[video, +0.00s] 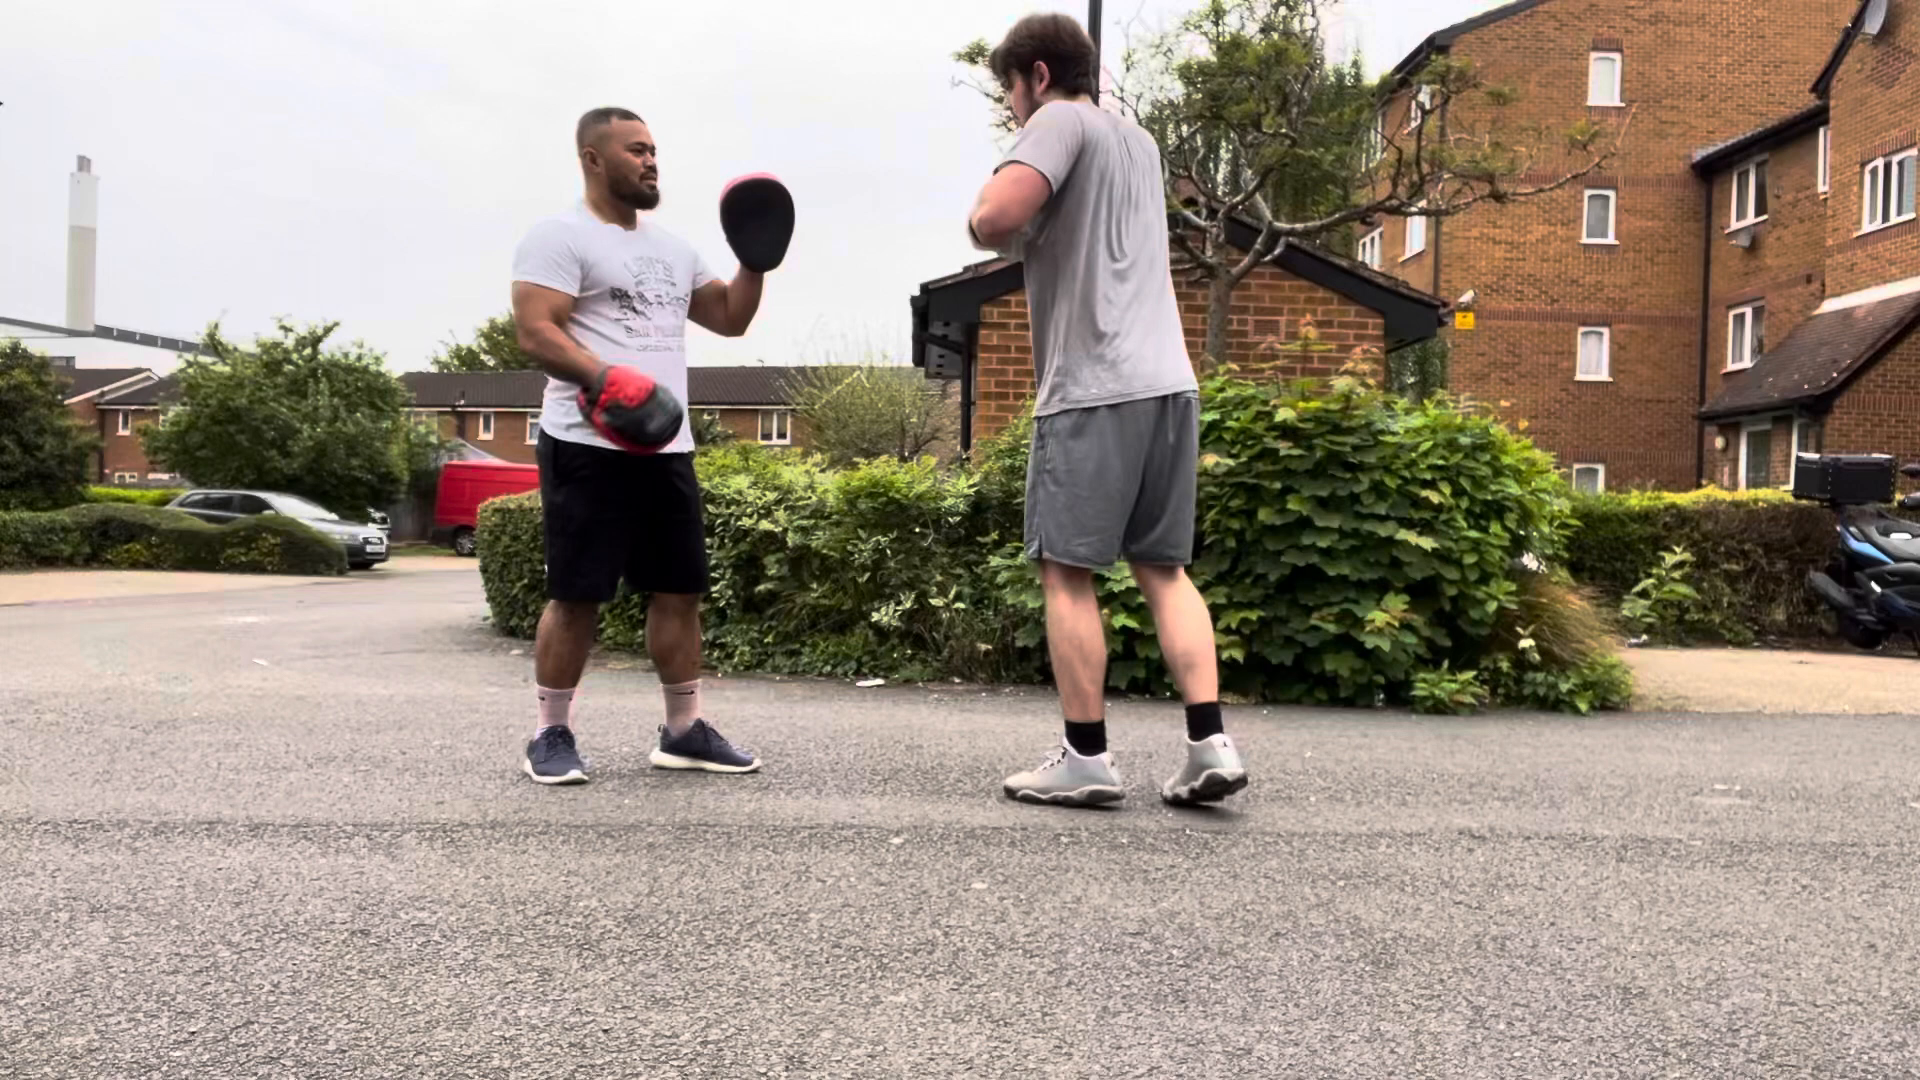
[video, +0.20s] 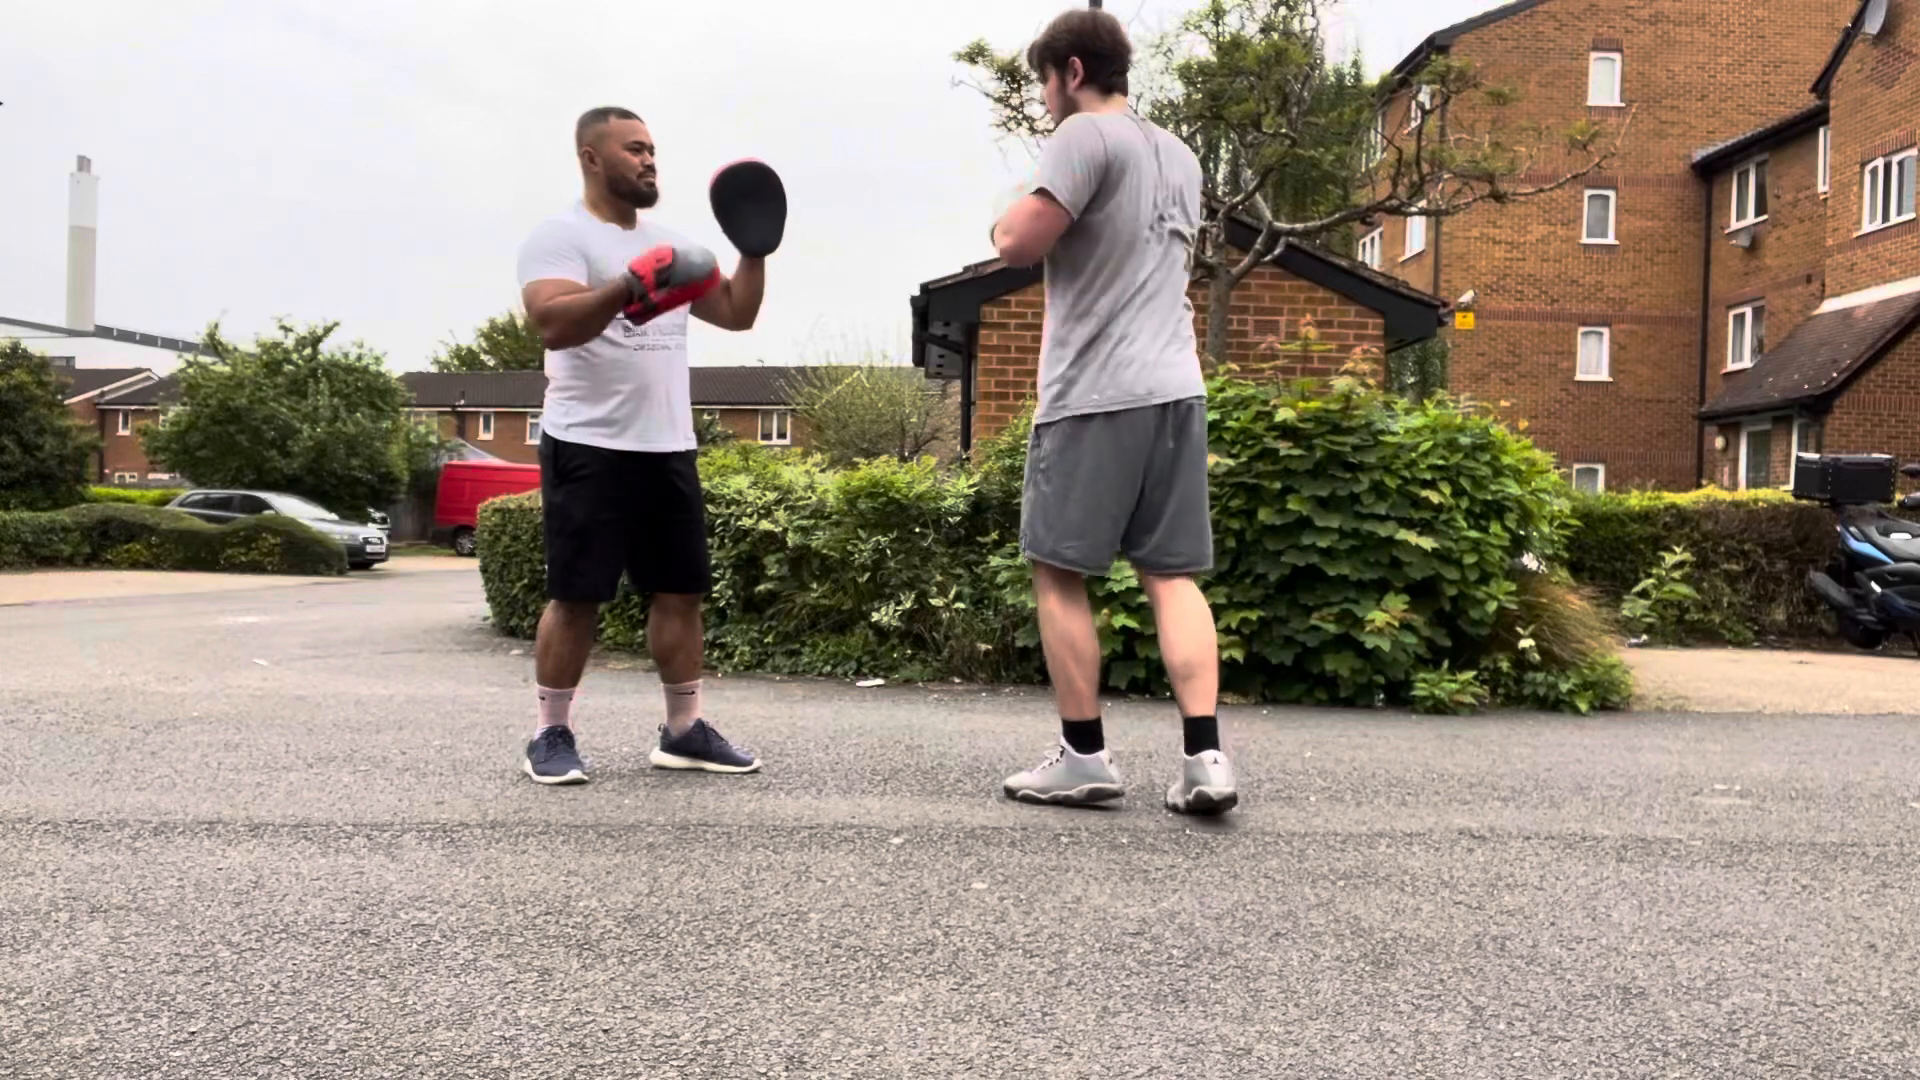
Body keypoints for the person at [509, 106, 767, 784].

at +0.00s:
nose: (653, 161)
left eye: (654, 152)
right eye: (638, 150)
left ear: (650, 164)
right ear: (593, 161)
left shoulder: (674, 250)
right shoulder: (558, 237)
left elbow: (730, 316)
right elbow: (536, 333)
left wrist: (755, 256)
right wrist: (610, 382)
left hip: (666, 451)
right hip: (584, 449)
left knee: (679, 587)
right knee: (575, 592)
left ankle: (683, 728)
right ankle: (554, 733)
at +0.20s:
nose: (651, 161)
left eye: (653, 152)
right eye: (636, 150)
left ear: (650, 164)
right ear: (591, 159)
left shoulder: (665, 247)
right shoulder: (558, 236)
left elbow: (737, 311)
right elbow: (551, 324)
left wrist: (753, 243)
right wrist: (630, 284)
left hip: (668, 445)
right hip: (587, 446)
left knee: (681, 587)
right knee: (575, 593)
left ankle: (683, 727)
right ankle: (554, 732)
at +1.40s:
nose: (695, 177)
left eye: (698, 165)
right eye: (682, 165)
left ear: (694, 176)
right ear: (648, 175)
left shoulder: (715, 260)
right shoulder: (609, 237)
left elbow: (764, 341)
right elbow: (631, 292)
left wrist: (798, 291)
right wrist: (661, 212)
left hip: (707, 453)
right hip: (626, 450)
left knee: (732, 591)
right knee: (597, 596)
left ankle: (754, 725)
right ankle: (553, 730)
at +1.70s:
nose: (786, 197)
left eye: (791, 185)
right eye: (772, 183)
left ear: (795, 200)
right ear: (742, 191)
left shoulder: (793, 284)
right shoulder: (697, 244)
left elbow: (819, 370)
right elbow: (692, 287)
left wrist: (857, 327)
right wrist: (728, 206)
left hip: (756, 459)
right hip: (678, 446)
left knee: (760, 594)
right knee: (631, 586)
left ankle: (755, 727)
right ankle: (572, 723)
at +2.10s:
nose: (786, 181)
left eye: (794, 176)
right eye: (772, 169)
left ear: (801, 196)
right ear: (735, 185)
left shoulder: (812, 271)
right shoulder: (696, 245)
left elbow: (881, 324)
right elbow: (668, 312)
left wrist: (899, 265)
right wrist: (720, 248)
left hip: (773, 456)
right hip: (692, 447)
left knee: (767, 592)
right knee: (671, 588)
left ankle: (754, 724)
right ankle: (653, 712)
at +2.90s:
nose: (807, 196)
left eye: (812, 189)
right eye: (795, 186)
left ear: (813, 204)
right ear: (764, 195)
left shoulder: (818, 286)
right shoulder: (715, 251)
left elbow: (857, 369)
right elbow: (733, 275)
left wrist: (880, 305)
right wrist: (756, 200)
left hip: (793, 461)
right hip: (710, 454)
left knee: (814, 592)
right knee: (690, 599)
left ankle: (830, 728)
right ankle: (666, 721)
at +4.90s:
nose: (762, 189)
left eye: (770, 180)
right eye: (747, 180)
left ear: (779, 194)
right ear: (713, 195)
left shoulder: (800, 265)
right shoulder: (679, 258)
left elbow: (866, 326)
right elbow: (669, 327)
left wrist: (866, 254)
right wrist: (708, 249)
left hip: (785, 461)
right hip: (700, 460)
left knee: (811, 593)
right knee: (684, 600)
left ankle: (829, 727)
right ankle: (665, 721)